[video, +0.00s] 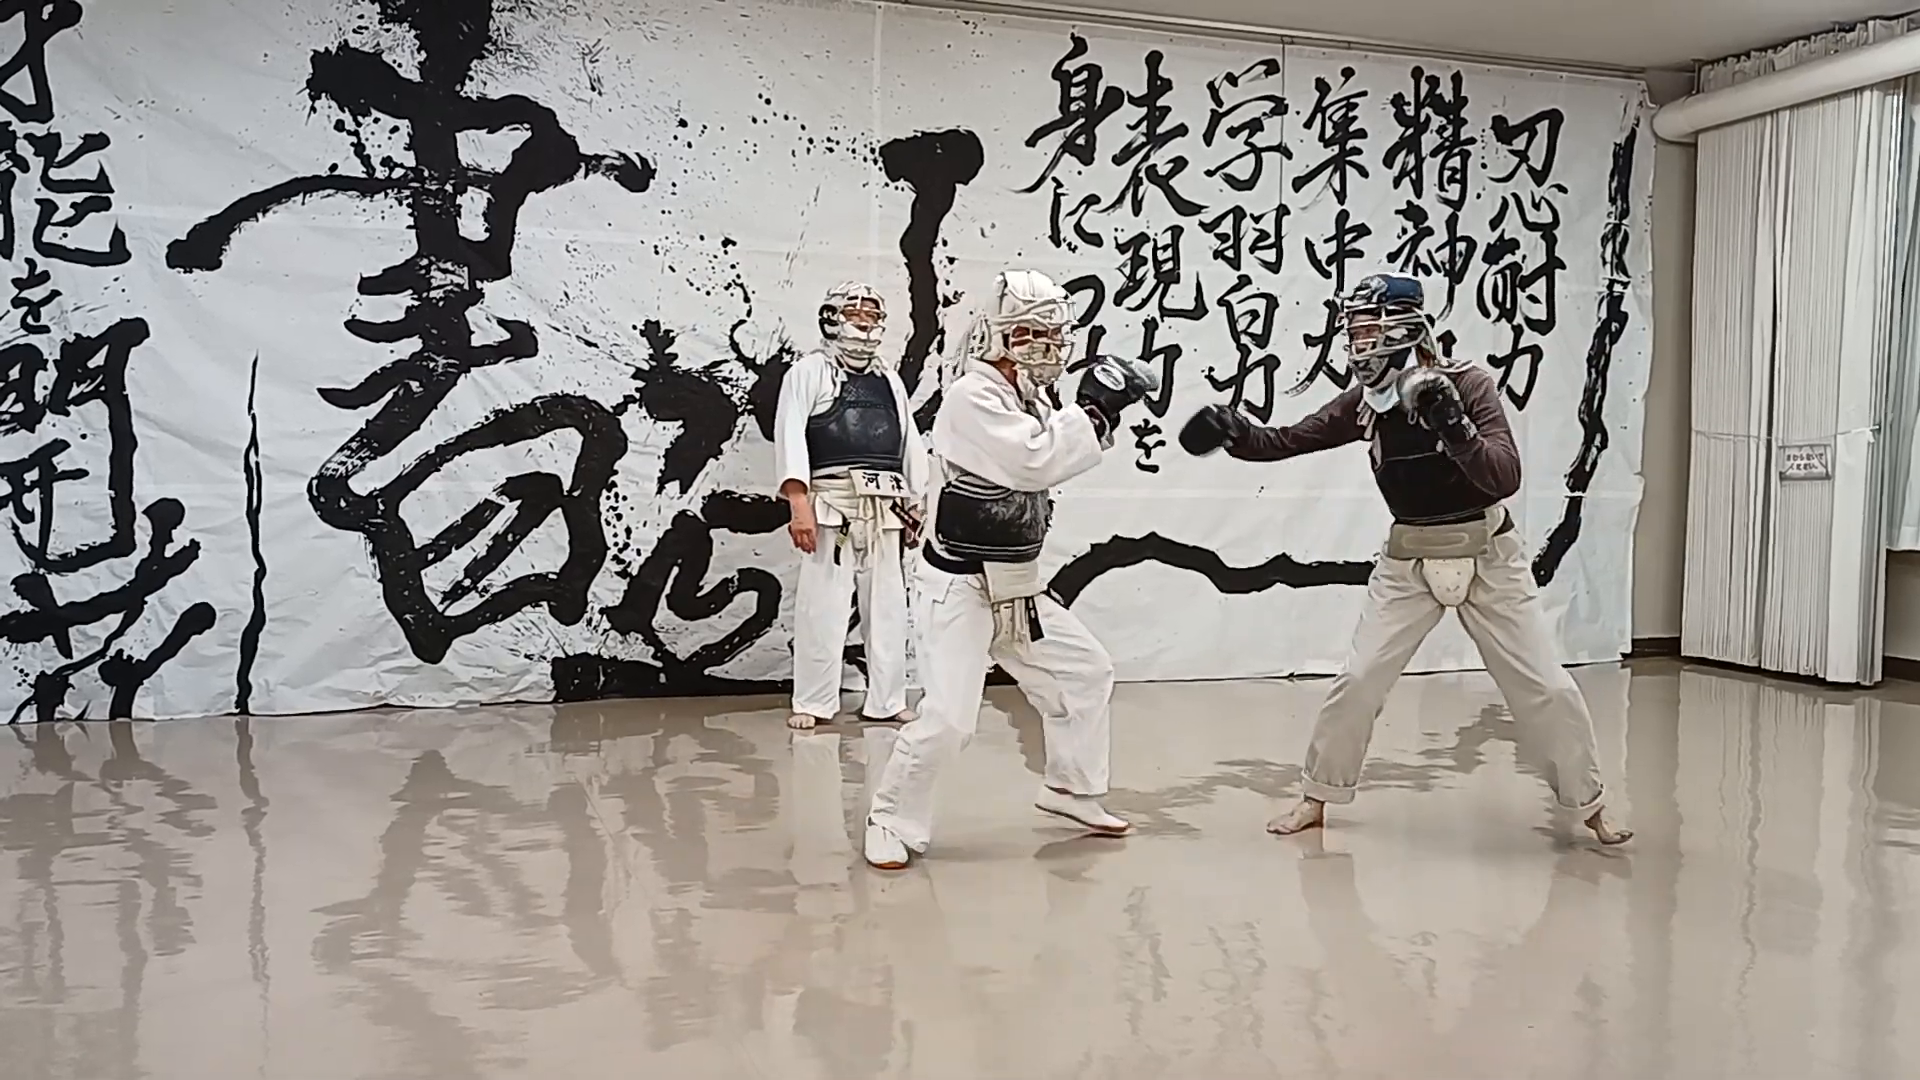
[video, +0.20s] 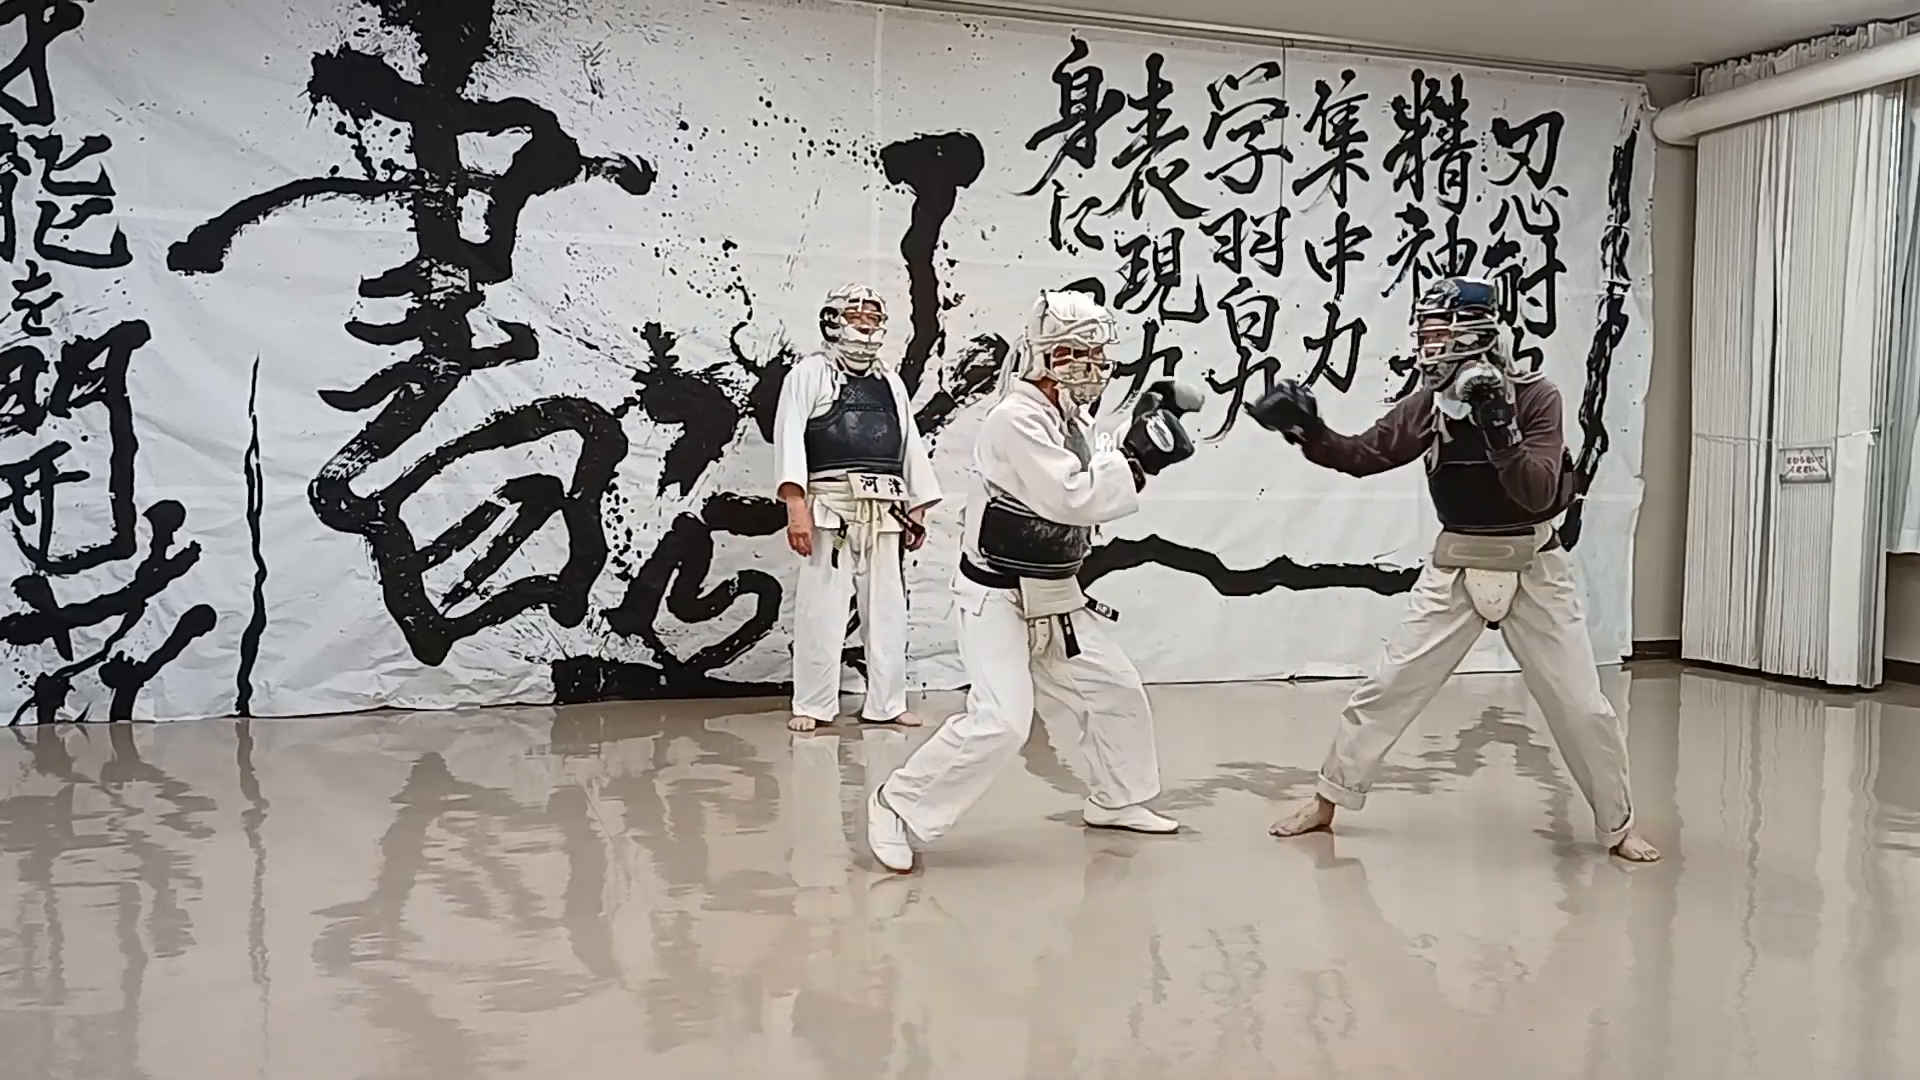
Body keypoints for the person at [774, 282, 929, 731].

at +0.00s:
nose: (863, 325)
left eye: (871, 318)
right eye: (854, 315)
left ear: (880, 326)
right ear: (832, 319)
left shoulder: (889, 378)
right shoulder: (809, 370)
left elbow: (910, 443)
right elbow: (790, 437)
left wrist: (917, 502)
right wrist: (799, 505)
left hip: (886, 505)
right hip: (827, 503)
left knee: (888, 608)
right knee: (821, 608)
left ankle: (886, 702)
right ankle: (814, 705)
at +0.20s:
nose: (866, 325)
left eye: (873, 319)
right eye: (857, 317)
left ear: (880, 326)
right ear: (834, 321)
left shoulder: (890, 380)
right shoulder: (809, 372)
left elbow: (910, 446)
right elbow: (789, 440)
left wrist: (918, 508)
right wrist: (796, 507)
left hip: (885, 507)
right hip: (826, 506)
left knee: (888, 609)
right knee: (821, 610)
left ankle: (885, 705)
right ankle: (812, 707)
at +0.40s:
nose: (867, 325)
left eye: (874, 319)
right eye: (857, 317)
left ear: (881, 326)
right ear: (835, 322)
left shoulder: (892, 381)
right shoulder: (810, 373)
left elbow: (911, 447)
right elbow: (789, 442)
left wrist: (918, 509)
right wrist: (793, 508)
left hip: (884, 509)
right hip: (825, 507)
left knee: (887, 611)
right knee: (820, 612)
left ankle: (885, 706)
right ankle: (811, 709)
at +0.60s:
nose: (869, 326)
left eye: (876, 320)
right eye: (860, 318)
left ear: (884, 326)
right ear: (837, 322)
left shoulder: (894, 381)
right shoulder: (810, 373)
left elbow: (913, 447)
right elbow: (789, 442)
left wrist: (920, 508)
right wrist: (794, 508)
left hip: (885, 510)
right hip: (826, 508)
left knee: (887, 612)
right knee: (820, 613)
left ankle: (886, 706)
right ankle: (811, 709)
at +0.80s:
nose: (865, 326)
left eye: (873, 319)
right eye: (855, 317)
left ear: (881, 327)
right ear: (833, 322)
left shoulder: (890, 381)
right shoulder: (806, 372)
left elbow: (909, 446)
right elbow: (785, 440)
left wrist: (916, 508)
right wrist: (790, 506)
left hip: (880, 508)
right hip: (821, 506)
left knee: (882, 611)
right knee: (814, 612)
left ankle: (880, 706)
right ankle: (805, 709)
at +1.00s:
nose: (855, 326)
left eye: (863, 320)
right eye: (846, 317)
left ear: (871, 326)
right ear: (823, 320)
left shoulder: (878, 380)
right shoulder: (794, 371)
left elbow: (896, 446)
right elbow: (774, 439)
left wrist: (903, 508)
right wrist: (780, 505)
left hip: (868, 509)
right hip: (809, 507)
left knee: (869, 612)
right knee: (802, 612)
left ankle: (866, 706)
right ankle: (792, 709)